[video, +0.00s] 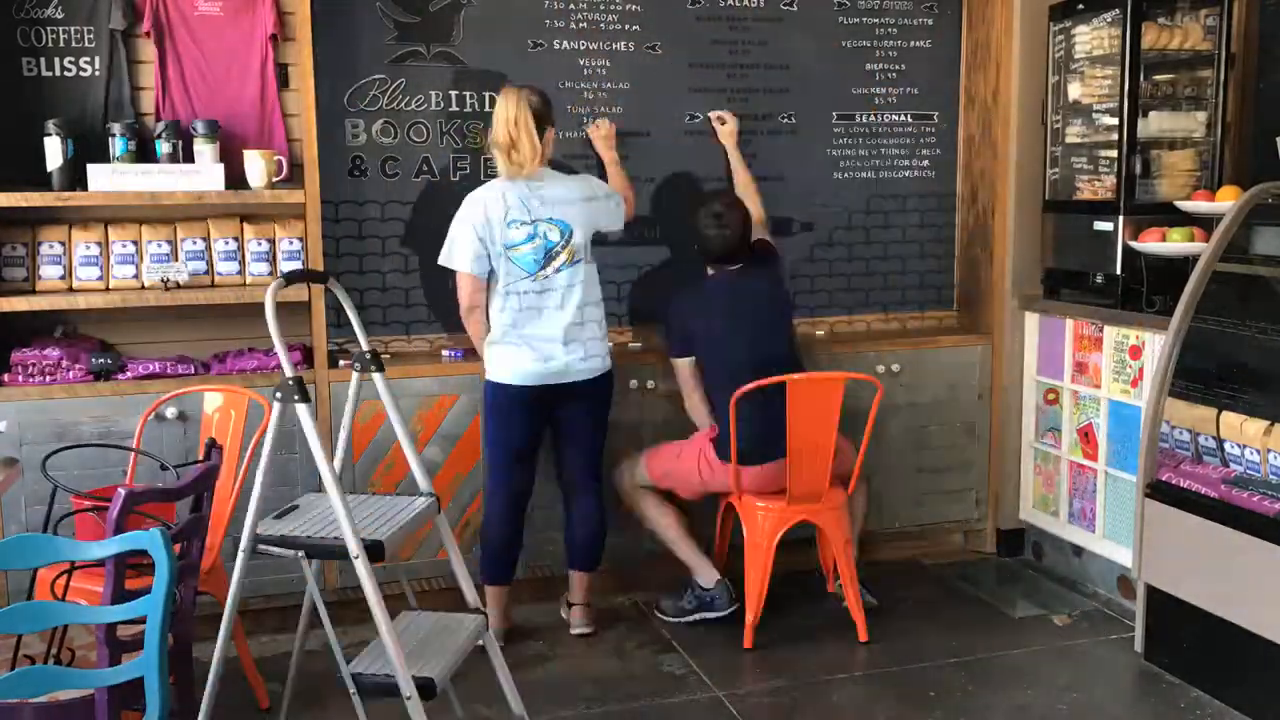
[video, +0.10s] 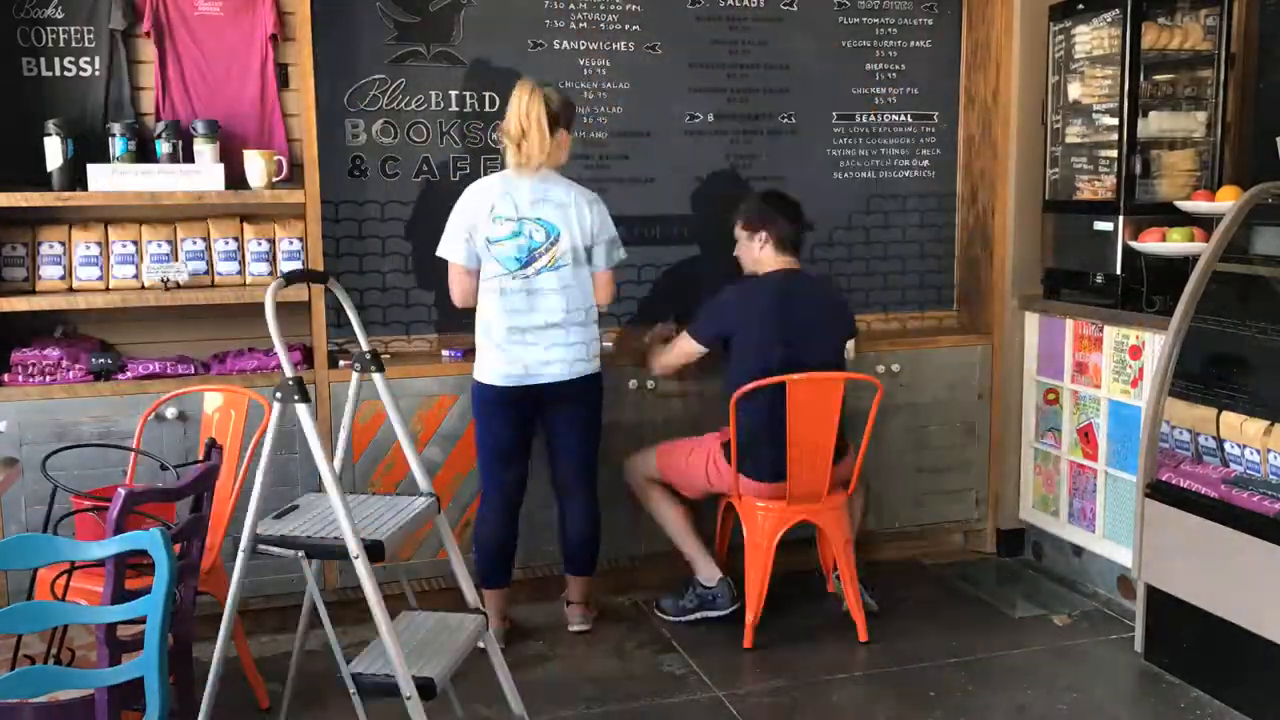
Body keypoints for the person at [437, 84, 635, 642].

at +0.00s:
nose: (553, 135)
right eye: (553, 127)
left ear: (497, 134)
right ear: (548, 134)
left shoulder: (480, 204)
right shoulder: (579, 192)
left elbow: (471, 302)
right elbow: (625, 207)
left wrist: (494, 357)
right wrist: (609, 154)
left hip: (514, 374)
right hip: (585, 370)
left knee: (504, 493)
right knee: (583, 485)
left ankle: (495, 619)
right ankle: (579, 609)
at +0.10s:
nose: (572, 141)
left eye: (572, 132)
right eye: (570, 132)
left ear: (508, 130)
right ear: (558, 133)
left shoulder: (475, 198)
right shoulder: (585, 202)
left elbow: (461, 294)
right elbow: (604, 294)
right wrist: (557, 277)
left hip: (500, 375)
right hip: (572, 373)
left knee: (498, 493)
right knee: (576, 488)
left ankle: (495, 619)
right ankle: (577, 605)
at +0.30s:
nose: (555, 145)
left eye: (553, 137)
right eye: (551, 137)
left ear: (492, 140)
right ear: (539, 140)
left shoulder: (466, 205)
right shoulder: (566, 199)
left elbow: (456, 301)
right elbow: (585, 246)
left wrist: (475, 349)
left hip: (501, 369)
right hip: (570, 368)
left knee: (510, 491)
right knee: (578, 479)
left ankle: (526, 613)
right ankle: (582, 603)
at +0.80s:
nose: (566, 161)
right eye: (568, 151)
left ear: (522, 154)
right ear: (571, 154)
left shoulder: (497, 218)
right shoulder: (593, 221)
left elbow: (484, 312)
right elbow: (598, 279)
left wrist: (483, 356)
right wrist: (585, 212)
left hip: (521, 388)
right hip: (588, 386)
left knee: (513, 500)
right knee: (597, 492)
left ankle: (514, 623)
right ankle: (626, 610)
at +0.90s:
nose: (583, 156)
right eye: (584, 147)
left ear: (536, 153)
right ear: (586, 153)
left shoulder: (512, 220)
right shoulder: (612, 216)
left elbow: (499, 311)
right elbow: (624, 271)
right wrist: (618, 208)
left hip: (540, 386)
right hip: (605, 382)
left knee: (563, 498)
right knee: (609, 490)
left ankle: (589, 624)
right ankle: (618, 611)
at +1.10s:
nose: (577, 139)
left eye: (574, 128)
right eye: (573, 129)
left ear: (515, 133)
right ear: (559, 134)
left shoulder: (488, 202)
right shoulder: (595, 202)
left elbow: (501, 285)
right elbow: (620, 293)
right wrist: (570, 279)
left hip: (522, 372)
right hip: (594, 371)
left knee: (515, 491)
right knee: (609, 487)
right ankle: (624, 605)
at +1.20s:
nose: (594, 138)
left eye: (589, 130)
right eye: (588, 131)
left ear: (535, 144)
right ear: (579, 141)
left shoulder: (527, 208)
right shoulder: (615, 191)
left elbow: (520, 298)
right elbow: (662, 208)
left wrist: (507, 347)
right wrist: (638, 156)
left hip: (570, 371)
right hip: (637, 361)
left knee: (563, 486)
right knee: (649, 475)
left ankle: (558, 610)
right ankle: (658, 599)